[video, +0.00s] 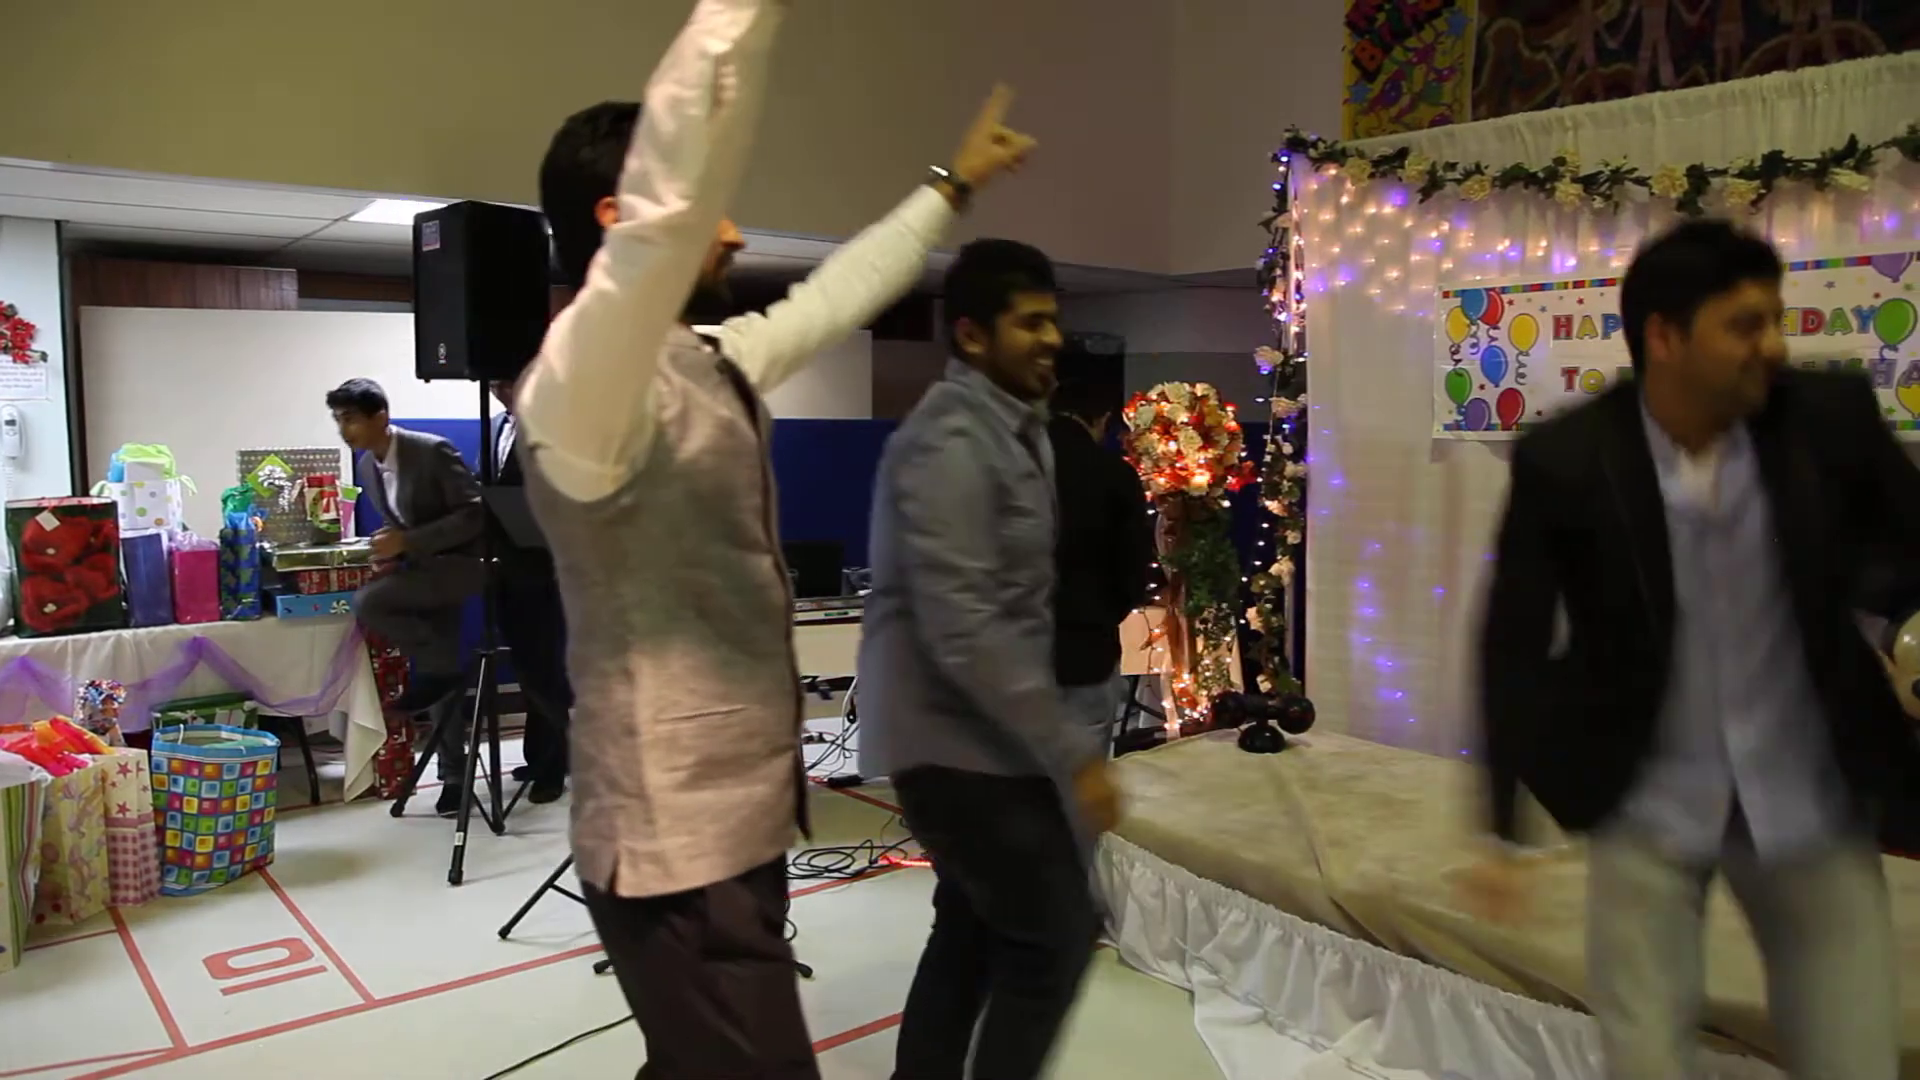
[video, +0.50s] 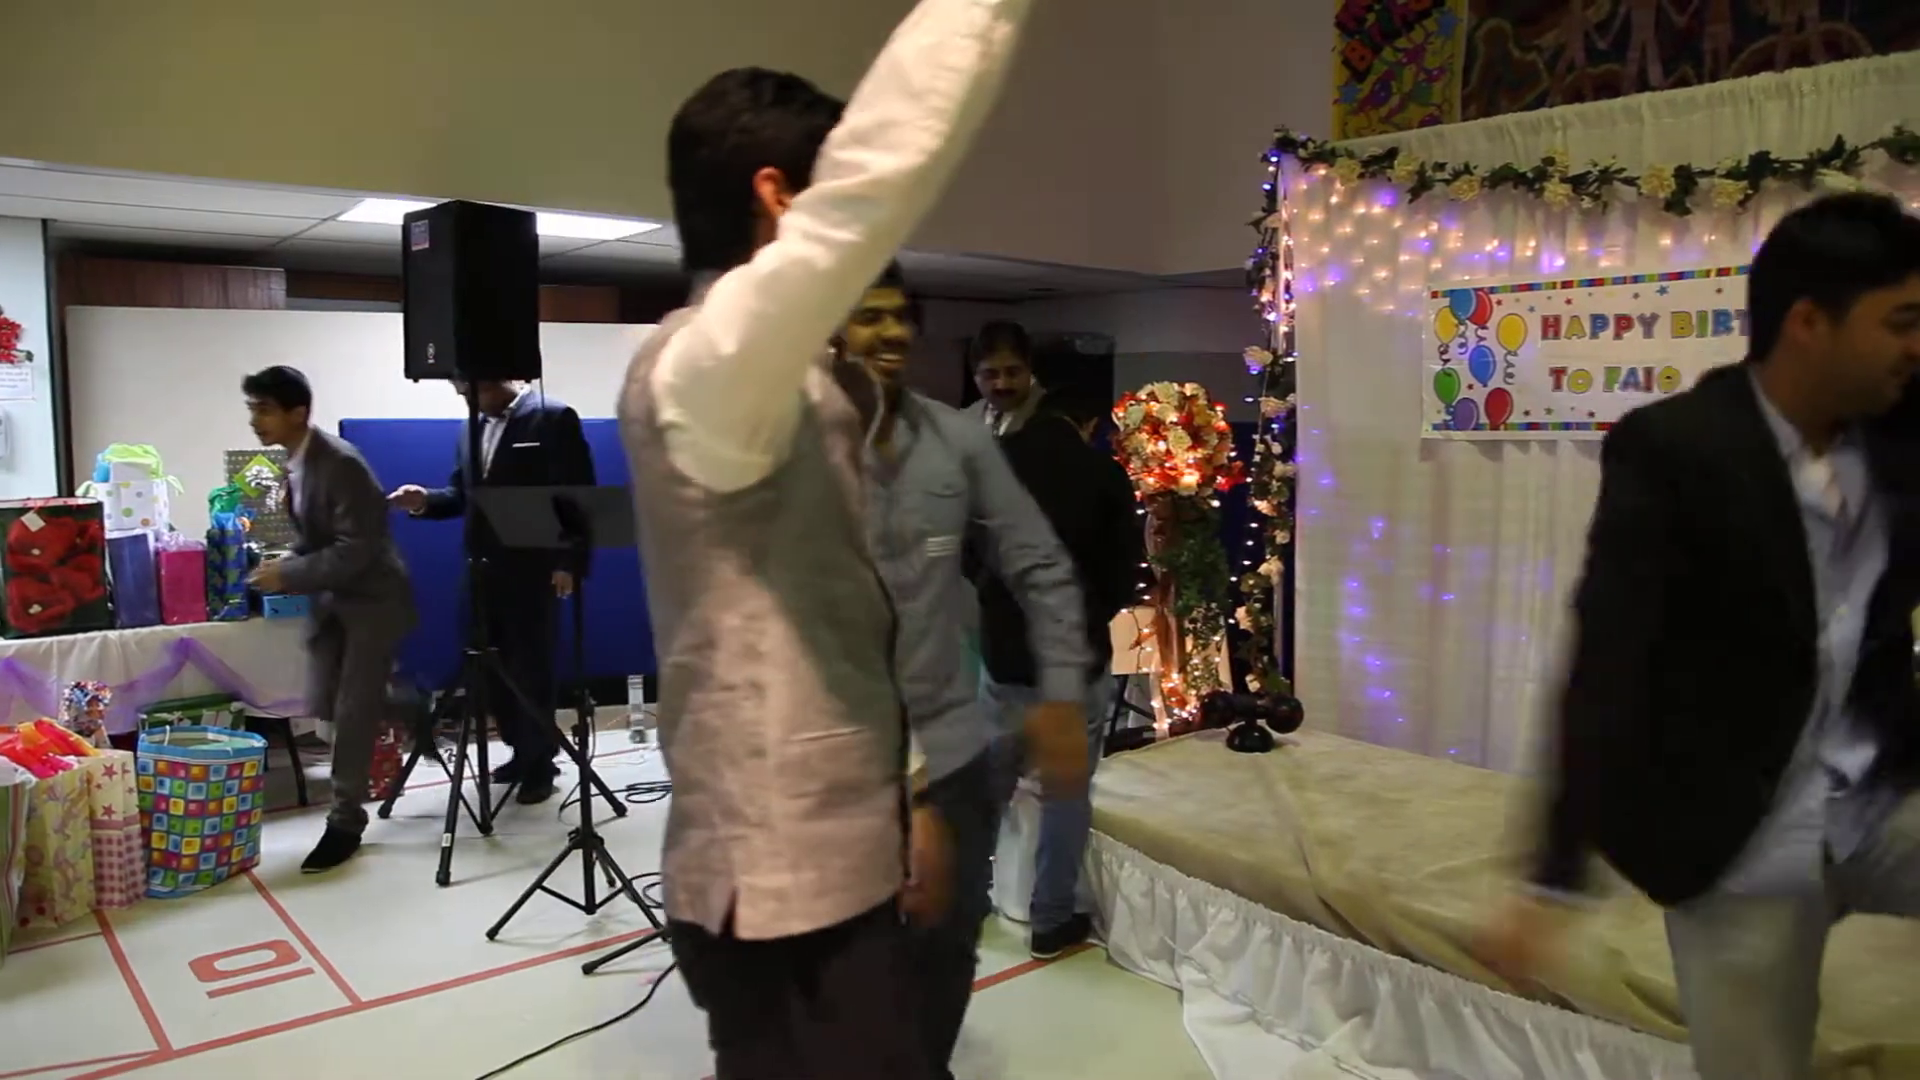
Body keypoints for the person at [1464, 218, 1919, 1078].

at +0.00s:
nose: (1773, 348)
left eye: (1776, 322)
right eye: (1746, 327)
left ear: (1784, 319)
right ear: (1663, 338)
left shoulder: (1830, 417)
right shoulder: (1565, 459)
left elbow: (1906, 559)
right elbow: (1510, 645)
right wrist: (1501, 828)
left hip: (1806, 790)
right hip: (1647, 800)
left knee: (1856, 1057)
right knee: (1644, 1058)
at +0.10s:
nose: (1789, 400)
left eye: (1793, 375)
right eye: (1759, 380)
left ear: (1799, 372)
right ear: (1674, 393)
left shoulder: (1848, 488)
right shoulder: (1583, 518)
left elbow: (1890, 674)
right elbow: (1613, 723)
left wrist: (1877, 817)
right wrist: (1769, 835)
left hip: (1836, 852)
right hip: (1673, 860)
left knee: (1908, 1054)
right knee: (1670, 1068)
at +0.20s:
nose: (1831, 382)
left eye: (1835, 357)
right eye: (1803, 362)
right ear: (1713, 366)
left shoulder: (1881, 461)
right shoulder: (1608, 484)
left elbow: (1876, 679)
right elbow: (1673, 690)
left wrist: (1674, 725)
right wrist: (1873, 685)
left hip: (1854, 819)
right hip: (1694, 838)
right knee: (1693, 1067)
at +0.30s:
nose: (1879, 337)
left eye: (1882, 311)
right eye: (1853, 314)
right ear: (1757, 315)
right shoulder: (1635, 416)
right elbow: (1668, 633)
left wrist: (1710, 689)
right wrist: (1877, 667)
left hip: (1876, 773)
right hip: (1717, 791)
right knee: (1731, 1064)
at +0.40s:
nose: (1907, 345)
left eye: (1909, 319)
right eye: (1885, 319)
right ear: (1791, 321)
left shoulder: (1890, 432)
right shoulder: (1664, 430)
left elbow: (1886, 622)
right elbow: (1666, 647)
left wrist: (1899, 762)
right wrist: (1778, 825)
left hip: (1857, 780)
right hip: (1725, 798)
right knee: (1752, 1059)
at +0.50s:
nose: (1917, 350)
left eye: (1917, 325)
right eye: (1900, 324)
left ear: (1818, 327)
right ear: (1808, 324)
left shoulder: (1897, 447)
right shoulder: (1667, 450)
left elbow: (1898, 637)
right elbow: (1607, 666)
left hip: (1872, 805)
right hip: (1736, 839)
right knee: (1756, 1068)